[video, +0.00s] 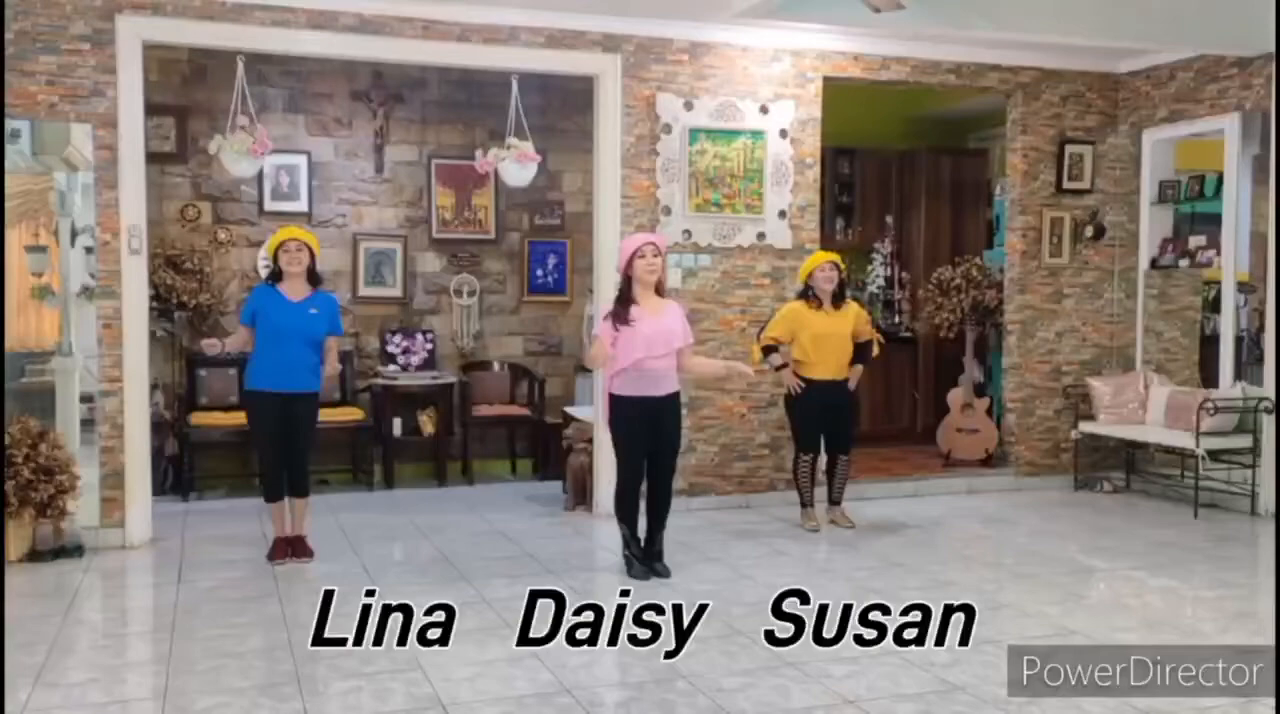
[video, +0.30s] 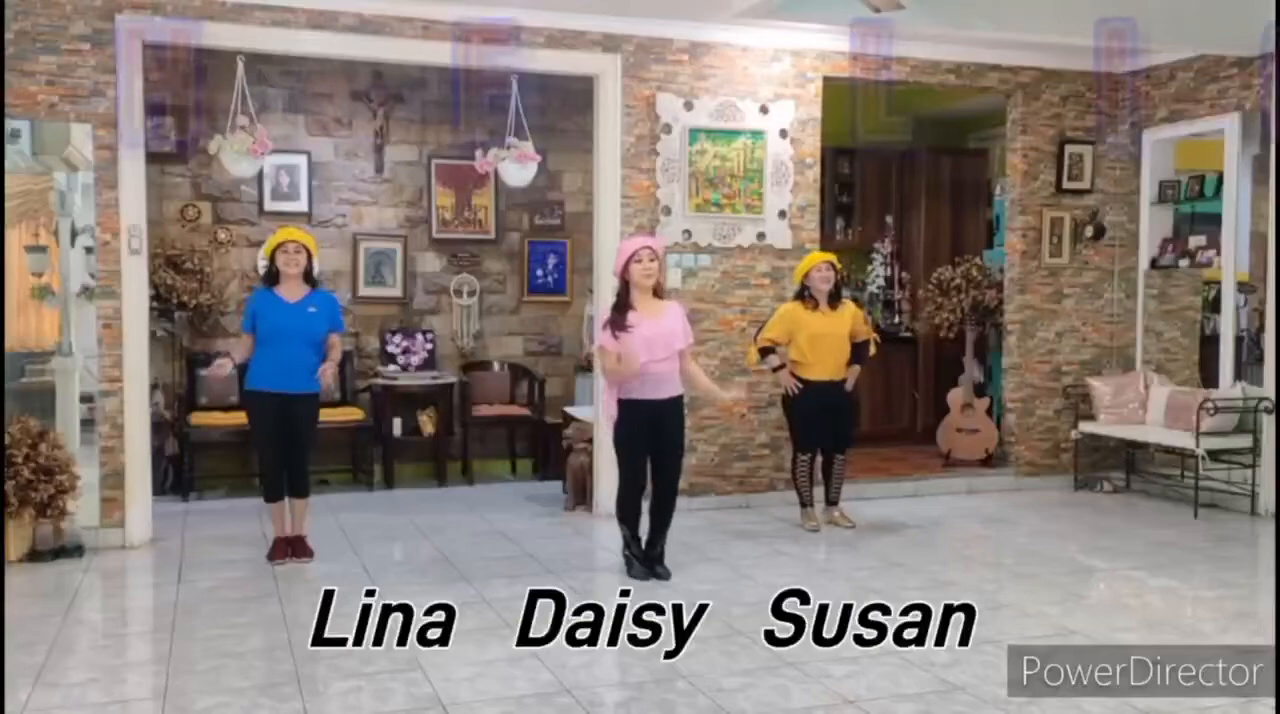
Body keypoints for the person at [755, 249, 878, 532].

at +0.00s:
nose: (828, 274)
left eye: (832, 269)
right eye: (821, 270)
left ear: (840, 276)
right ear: (809, 278)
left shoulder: (852, 311)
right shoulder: (794, 311)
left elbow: (866, 342)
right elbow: (767, 341)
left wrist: (854, 374)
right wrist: (783, 369)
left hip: (840, 389)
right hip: (805, 389)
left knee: (841, 450)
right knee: (807, 450)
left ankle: (835, 507)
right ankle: (807, 509)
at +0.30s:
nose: (825, 274)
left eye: (829, 269)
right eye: (818, 270)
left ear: (837, 276)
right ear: (806, 278)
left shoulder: (848, 310)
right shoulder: (791, 311)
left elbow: (863, 341)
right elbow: (764, 342)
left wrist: (853, 372)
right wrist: (780, 369)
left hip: (837, 388)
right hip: (803, 389)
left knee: (837, 450)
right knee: (805, 450)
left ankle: (833, 507)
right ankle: (807, 509)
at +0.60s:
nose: (822, 275)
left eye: (826, 271)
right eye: (815, 271)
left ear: (833, 277)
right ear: (803, 279)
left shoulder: (846, 312)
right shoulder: (789, 312)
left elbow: (860, 342)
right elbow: (762, 345)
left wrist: (852, 370)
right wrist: (776, 374)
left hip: (835, 389)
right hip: (799, 390)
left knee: (838, 450)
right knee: (804, 450)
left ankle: (833, 507)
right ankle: (807, 509)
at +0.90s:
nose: (820, 276)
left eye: (825, 270)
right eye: (814, 271)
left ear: (832, 277)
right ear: (802, 280)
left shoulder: (846, 312)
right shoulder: (789, 314)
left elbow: (861, 343)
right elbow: (766, 349)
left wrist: (851, 370)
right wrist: (756, 372)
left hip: (833, 390)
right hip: (797, 390)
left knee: (837, 450)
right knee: (802, 450)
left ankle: (829, 508)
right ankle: (807, 510)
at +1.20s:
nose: (820, 275)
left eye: (824, 270)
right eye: (814, 271)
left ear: (832, 277)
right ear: (802, 279)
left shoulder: (844, 313)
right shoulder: (788, 313)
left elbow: (858, 340)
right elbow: (764, 338)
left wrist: (861, 353)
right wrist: (747, 351)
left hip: (830, 389)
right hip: (795, 389)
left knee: (841, 450)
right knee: (801, 450)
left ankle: (829, 508)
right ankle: (807, 510)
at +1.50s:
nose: (820, 275)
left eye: (824, 270)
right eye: (813, 271)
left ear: (830, 276)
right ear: (801, 280)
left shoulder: (844, 310)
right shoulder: (788, 314)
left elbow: (857, 343)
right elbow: (764, 343)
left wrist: (852, 360)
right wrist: (743, 349)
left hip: (831, 389)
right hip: (796, 389)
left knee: (838, 449)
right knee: (801, 449)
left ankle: (824, 507)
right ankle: (806, 510)